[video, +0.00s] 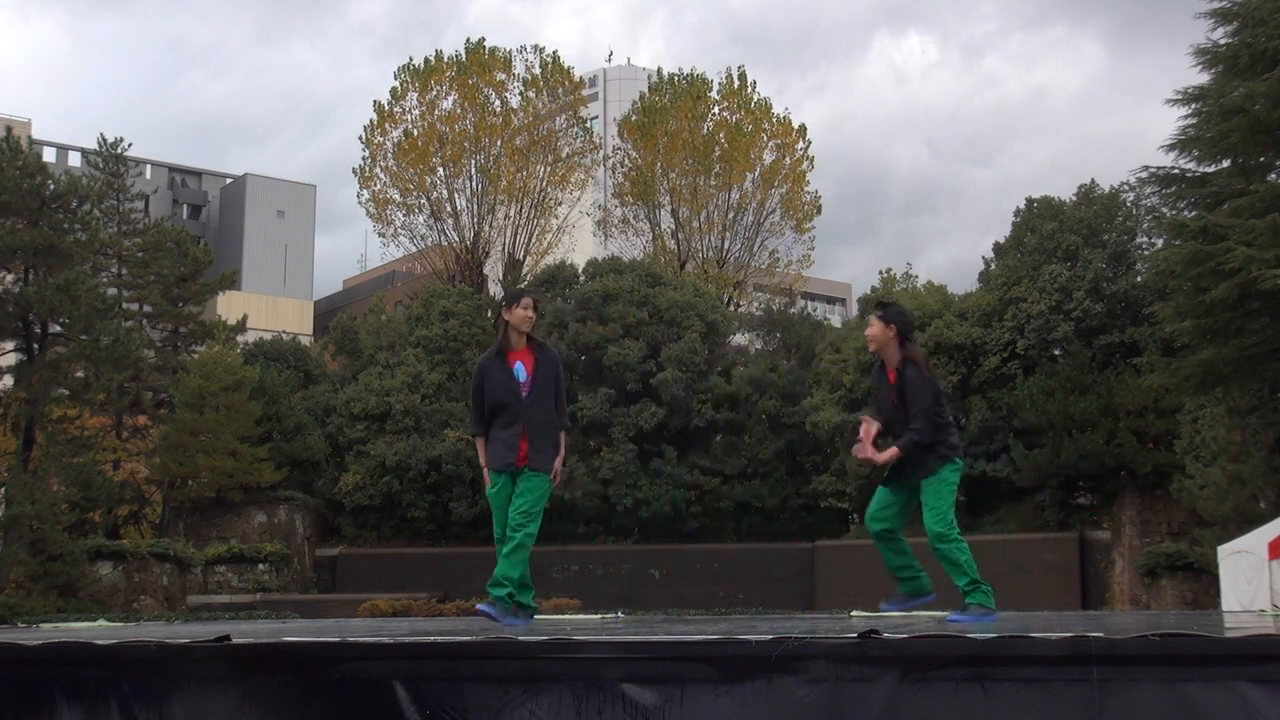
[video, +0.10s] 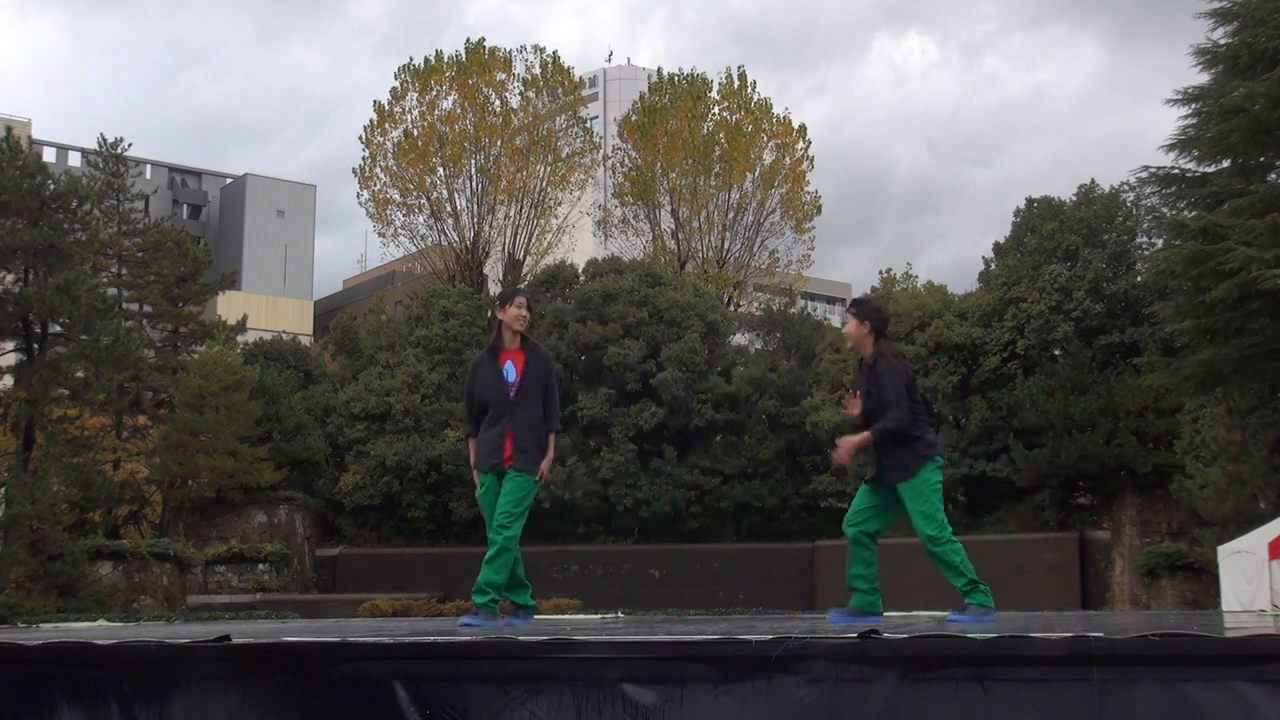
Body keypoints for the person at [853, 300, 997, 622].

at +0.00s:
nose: (866, 331)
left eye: (872, 325)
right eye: (868, 325)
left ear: (891, 331)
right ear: (885, 331)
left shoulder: (914, 371)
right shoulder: (881, 371)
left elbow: (922, 429)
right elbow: (885, 414)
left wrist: (884, 456)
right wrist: (874, 425)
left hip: (939, 460)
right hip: (907, 461)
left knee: (939, 529)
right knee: (879, 522)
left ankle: (980, 600)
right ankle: (916, 588)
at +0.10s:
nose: (844, 329)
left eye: (849, 323)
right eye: (845, 323)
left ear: (866, 327)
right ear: (866, 327)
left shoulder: (889, 364)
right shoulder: (866, 367)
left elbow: (899, 418)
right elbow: (879, 415)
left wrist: (860, 439)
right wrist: (861, 412)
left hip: (918, 463)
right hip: (889, 467)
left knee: (934, 534)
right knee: (857, 526)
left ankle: (979, 602)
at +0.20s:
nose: (822, 330)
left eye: (826, 323)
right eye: (823, 324)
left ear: (844, 326)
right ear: (844, 328)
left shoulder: (874, 363)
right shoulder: (841, 374)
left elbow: (881, 408)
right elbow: (850, 422)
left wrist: (837, 416)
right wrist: (828, 426)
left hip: (890, 461)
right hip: (858, 467)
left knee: (899, 528)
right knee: (839, 534)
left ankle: (967, 590)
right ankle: (865, 605)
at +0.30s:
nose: (800, 326)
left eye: (804, 319)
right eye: (802, 319)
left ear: (821, 324)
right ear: (821, 324)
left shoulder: (854, 358)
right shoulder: (822, 370)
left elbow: (870, 402)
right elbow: (828, 424)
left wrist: (825, 408)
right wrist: (812, 420)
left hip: (871, 458)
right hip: (840, 465)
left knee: (848, 523)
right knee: (830, 537)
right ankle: (864, 604)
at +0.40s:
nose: (779, 325)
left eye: (783, 318)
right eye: (780, 318)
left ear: (800, 323)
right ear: (801, 324)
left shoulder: (834, 355)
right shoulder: (800, 366)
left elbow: (865, 390)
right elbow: (796, 422)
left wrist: (826, 399)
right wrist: (795, 418)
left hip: (851, 453)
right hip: (830, 456)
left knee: (806, 511)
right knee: (839, 531)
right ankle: (866, 602)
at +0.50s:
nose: (763, 328)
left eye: (767, 322)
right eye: (764, 322)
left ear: (785, 326)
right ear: (784, 327)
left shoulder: (817, 361)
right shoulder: (777, 372)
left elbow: (859, 393)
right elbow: (785, 421)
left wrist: (831, 394)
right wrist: (772, 422)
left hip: (827, 457)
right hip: (806, 460)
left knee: (782, 523)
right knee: (815, 541)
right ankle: (861, 598)